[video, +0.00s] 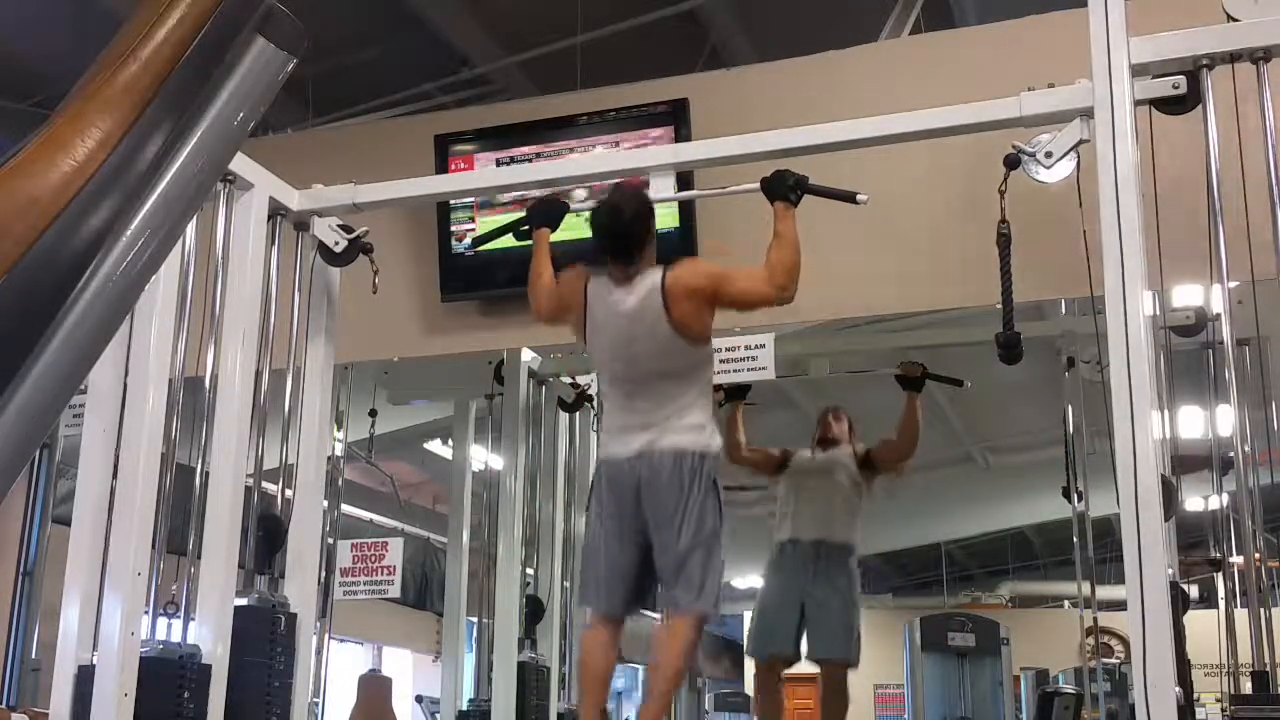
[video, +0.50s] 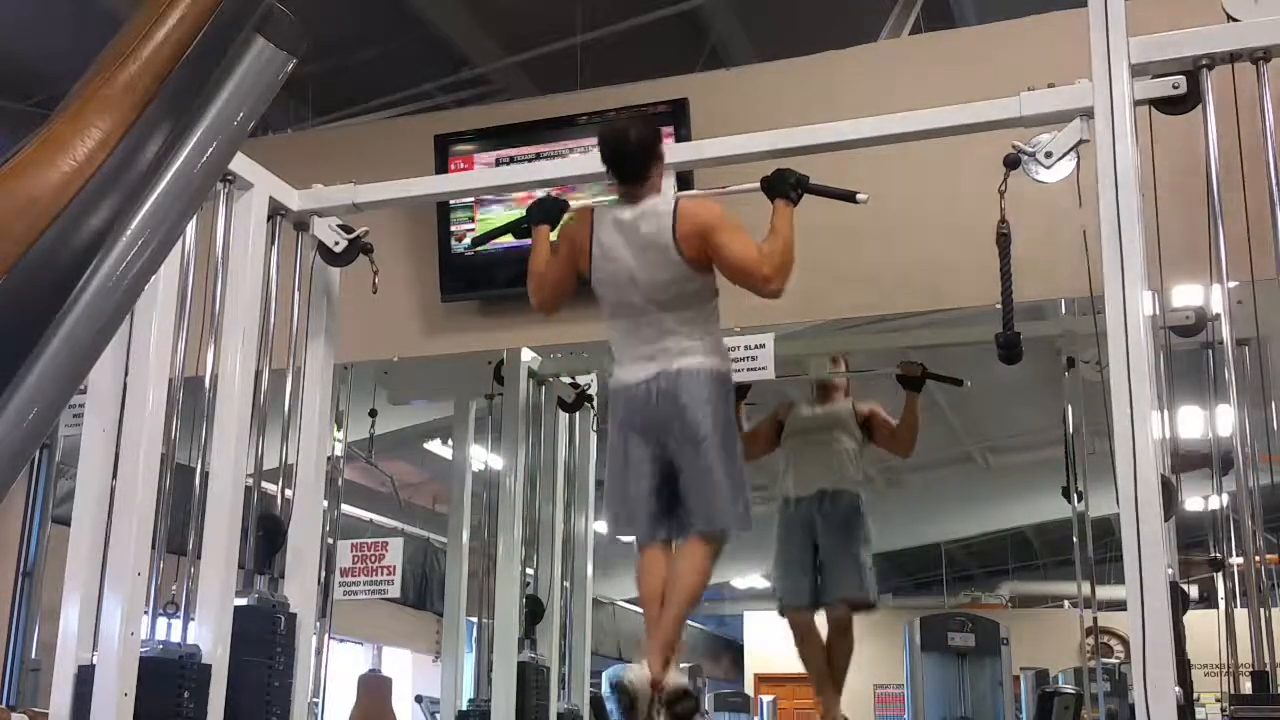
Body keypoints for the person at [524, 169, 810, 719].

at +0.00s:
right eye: (647, 222)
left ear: (599, 237)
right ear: (654, 230)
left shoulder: (584, 289)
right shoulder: (691, 281)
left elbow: (542, 301)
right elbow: (779, 285)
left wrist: (540, 234)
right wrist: (784, 206)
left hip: (614, 465)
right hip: (683, 462)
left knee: (603, 610)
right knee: (685, 604)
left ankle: (590, 716)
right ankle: (651, 715)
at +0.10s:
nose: (650, 194)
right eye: (649, 187)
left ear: (600, 205)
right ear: (653, 197)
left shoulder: (580, 258)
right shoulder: (693, 246)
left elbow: (539, 303)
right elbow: (777, 283)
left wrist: (540, 237)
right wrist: (784, 207)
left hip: (619, 430)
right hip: (687, 427)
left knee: (613, 581)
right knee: (689, 572)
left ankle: (606, 706)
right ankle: (635, 704)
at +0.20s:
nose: (655, 160)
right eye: (653, 154)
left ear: (601, 176)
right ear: (655, 164)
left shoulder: (581, 230)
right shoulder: (694, 218)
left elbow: (540, 298)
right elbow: (771, 275)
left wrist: (541, 228)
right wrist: (784, 205)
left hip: (625, 398)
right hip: (690, 394)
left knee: (624, 544)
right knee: (693, 537)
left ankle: (631, 684)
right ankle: (626, 665)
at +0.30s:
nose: (657, 139)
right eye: (657, 131)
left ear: (604, 151)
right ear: (660, 141)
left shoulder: (584, 210)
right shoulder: (696, 196)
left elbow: (545, 291)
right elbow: (755, 269)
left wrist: (538, 230)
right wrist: (783, 201)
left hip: (629, 375)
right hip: (693, 369)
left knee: (641, 518)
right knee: (699, 512)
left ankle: (653, 664)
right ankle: (633, 641)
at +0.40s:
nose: (663, 132)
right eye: (662, 124)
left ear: (607, 146)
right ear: (662, 136)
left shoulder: (585, 208)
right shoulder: (696, 195)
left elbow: (549, 289)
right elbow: (755, 269)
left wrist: (538, 226)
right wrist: (783, 199)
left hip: (629, 370)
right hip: (695, 364)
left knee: (651, 513)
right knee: (700, 507)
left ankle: (663, 656)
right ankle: (644, 643)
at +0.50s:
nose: (659, 153)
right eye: (659, 145)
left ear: (607, 169)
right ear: (661, 155)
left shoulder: (584, 227)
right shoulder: (696, 215)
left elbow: (544, 297)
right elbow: (771, 278)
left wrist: (540, 230)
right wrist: (784, 204)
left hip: (631, 391)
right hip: (694, 385)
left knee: (652, 534)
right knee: (706, 529)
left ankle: (665, 671)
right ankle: (653, 665)